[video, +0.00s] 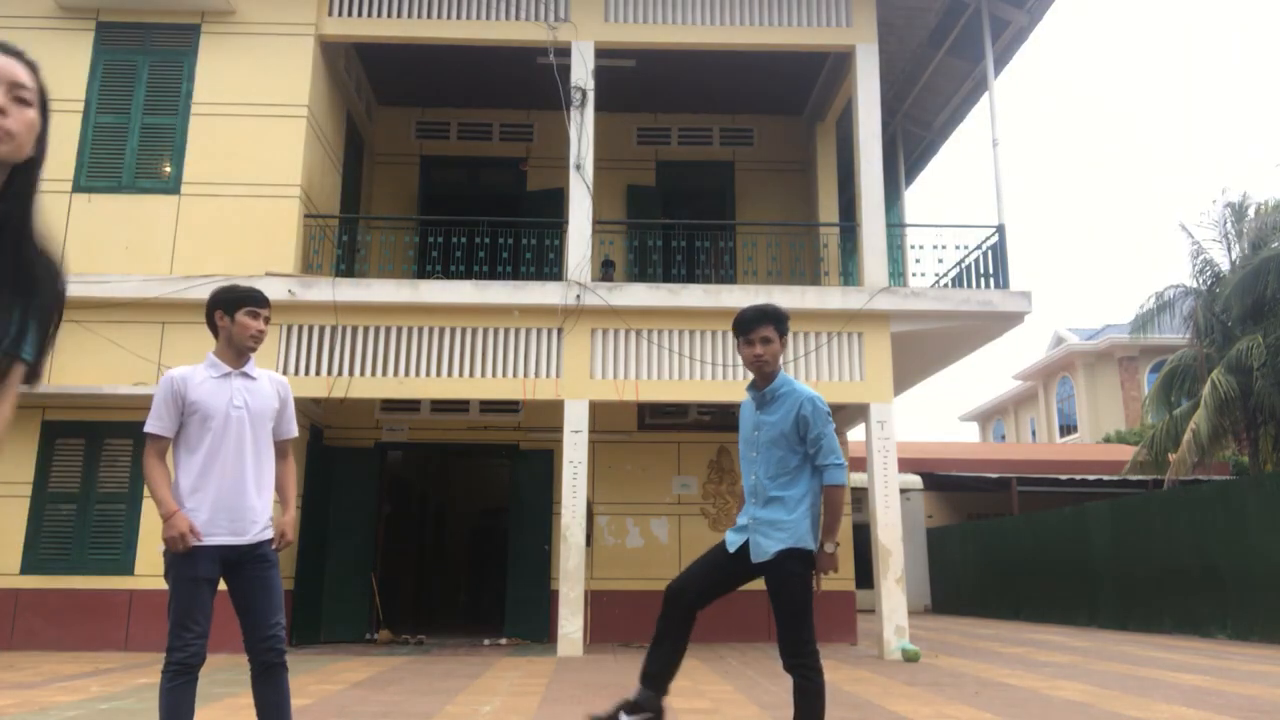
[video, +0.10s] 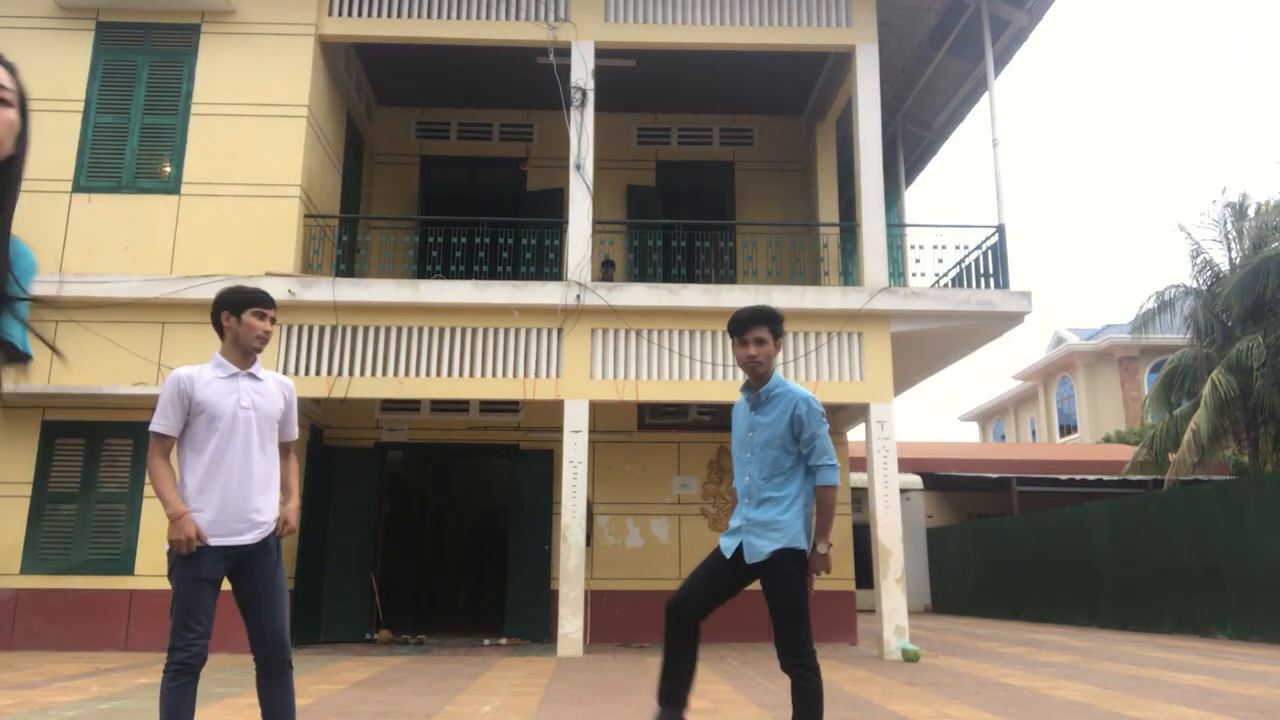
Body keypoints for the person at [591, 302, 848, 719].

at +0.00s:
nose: (756, 351)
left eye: (765, 341)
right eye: (747, 343)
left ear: (783, 344)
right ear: (739, 349)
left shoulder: (806, 404)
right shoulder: (750, 405)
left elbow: (835, 473)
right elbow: (758, 474)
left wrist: (829, 544)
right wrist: (747, 517)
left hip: (791, 541)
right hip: (749, 536)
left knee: (800, 657)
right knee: (680, 595)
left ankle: (810, 719)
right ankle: (648, 701)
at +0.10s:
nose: (750, 352)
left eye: (760, 343)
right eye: (741, 344)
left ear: (778, 346)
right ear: (734, 351)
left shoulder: (800, 404)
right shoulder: (741, 407)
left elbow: (827, 473)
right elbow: (749, 476)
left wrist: (822, 544)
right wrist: (739, 523)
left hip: (785, 543)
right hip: (741, 540)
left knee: (798, 659)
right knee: (681, 610)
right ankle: (670, 714)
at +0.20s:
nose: (731, 354)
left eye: (741, 345)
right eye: (728, 346)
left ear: (768, 348)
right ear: (726, 350)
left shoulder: (793, 405)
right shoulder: (730, 410)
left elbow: (820, 475)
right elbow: (736, 482)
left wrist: (815, 546)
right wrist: (728, 534)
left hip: (775, 548)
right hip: (731, 548)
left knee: (793, 657)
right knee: (699, 641)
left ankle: (806, 718)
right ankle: (695, 717)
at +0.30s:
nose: (712, 352)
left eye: (720, 344)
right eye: (711, 345)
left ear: (751, 349)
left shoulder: (784, 410)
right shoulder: (721, 411)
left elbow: (808, 481)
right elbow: (722, 481)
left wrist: (805, 551)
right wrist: (716, 535)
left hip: (763, 552)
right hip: (721, 552)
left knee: (784, 659)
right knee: (720, 660)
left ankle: (802, 718)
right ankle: (713, 719)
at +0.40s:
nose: (698, 350)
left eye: (704, 342)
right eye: (698, 342)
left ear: (730, 346)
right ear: (723, 347)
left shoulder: (769, 405)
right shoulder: (714, 410)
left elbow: (788, 479)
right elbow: (709, 488)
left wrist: (789, 548)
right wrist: (697, 547)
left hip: (752, 553)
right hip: (711, 554)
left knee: (771, 654)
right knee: (706, 654)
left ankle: (798, 717)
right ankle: (707, 719)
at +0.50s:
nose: (687, 350)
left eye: (693, 342)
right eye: (688, 342)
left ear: (719, 346)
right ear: (714, 347)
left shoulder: (754, 403)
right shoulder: (708, 410)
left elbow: (772, 477)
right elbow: (703, 487)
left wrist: (772, 547)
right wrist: (684, 543)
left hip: (739, 553)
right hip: (702, 554)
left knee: (759, 655)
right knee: (704, 657)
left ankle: (790, 717)